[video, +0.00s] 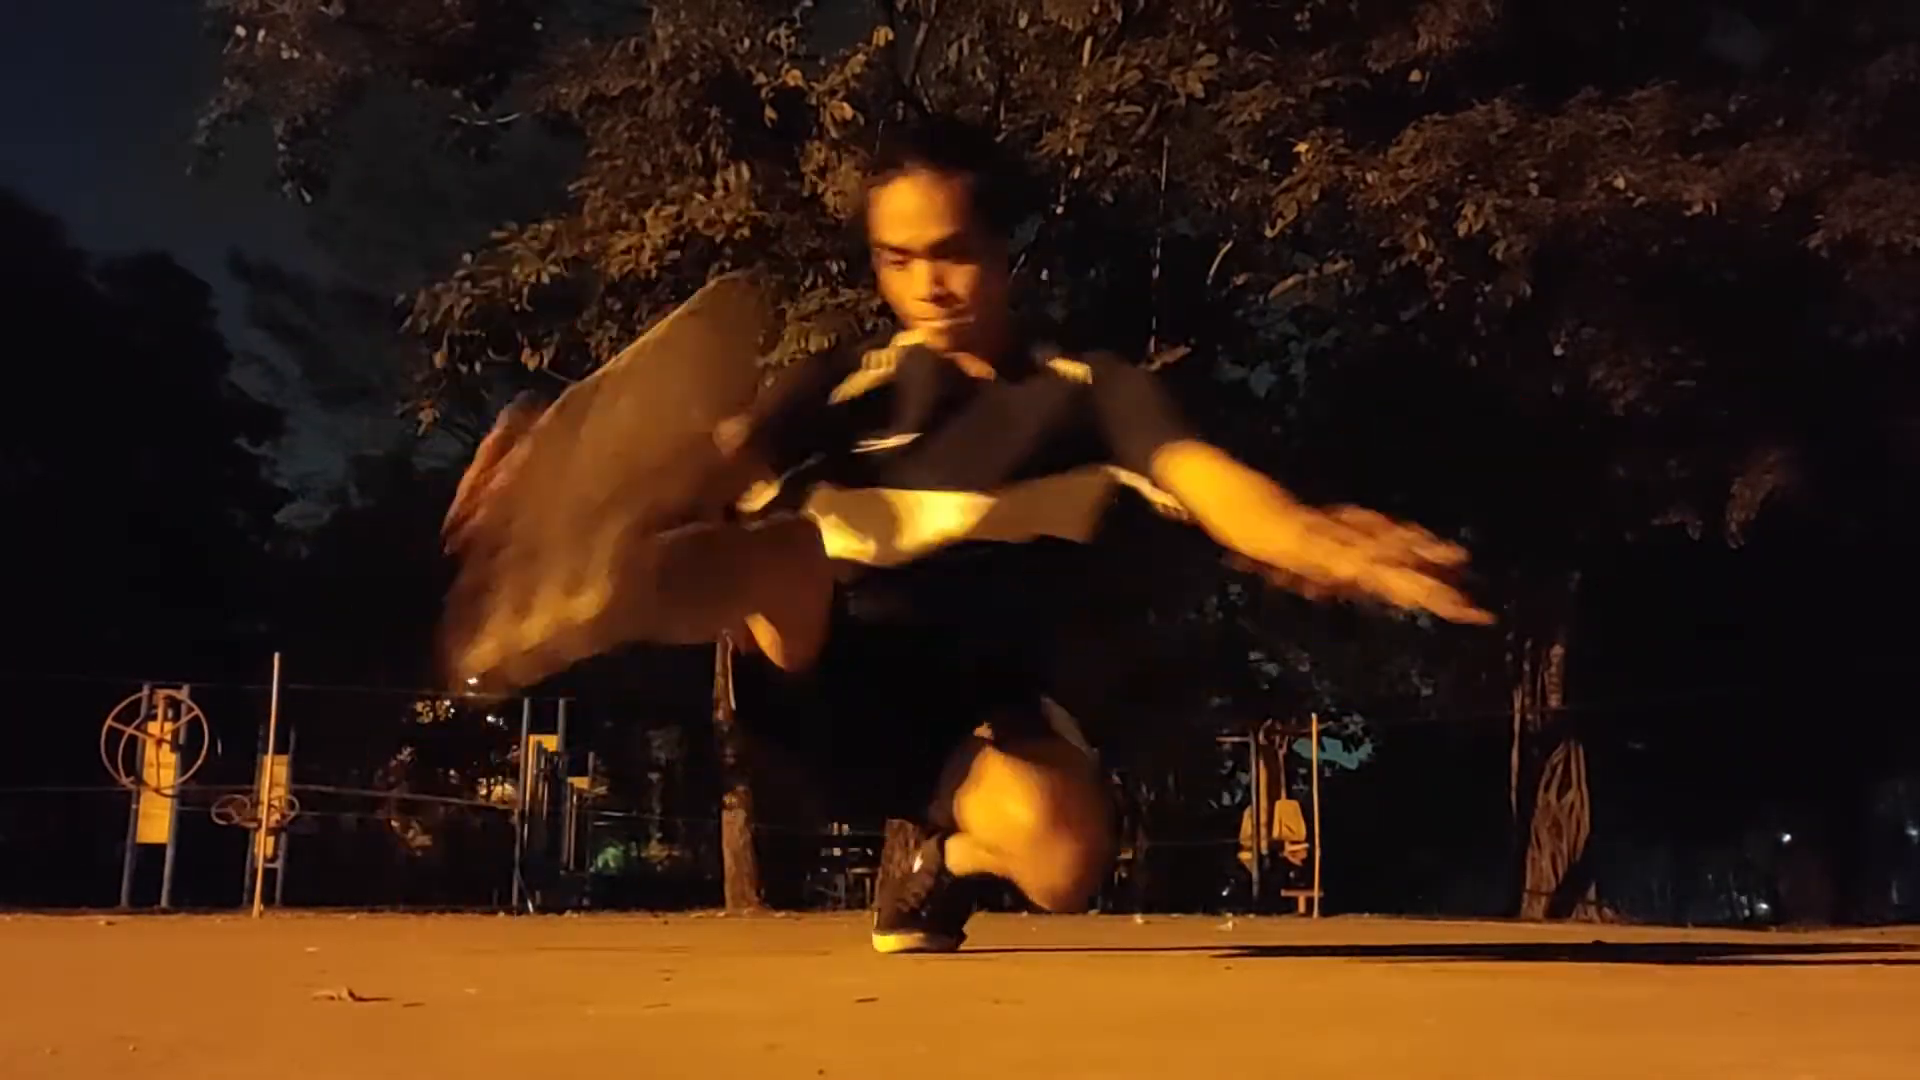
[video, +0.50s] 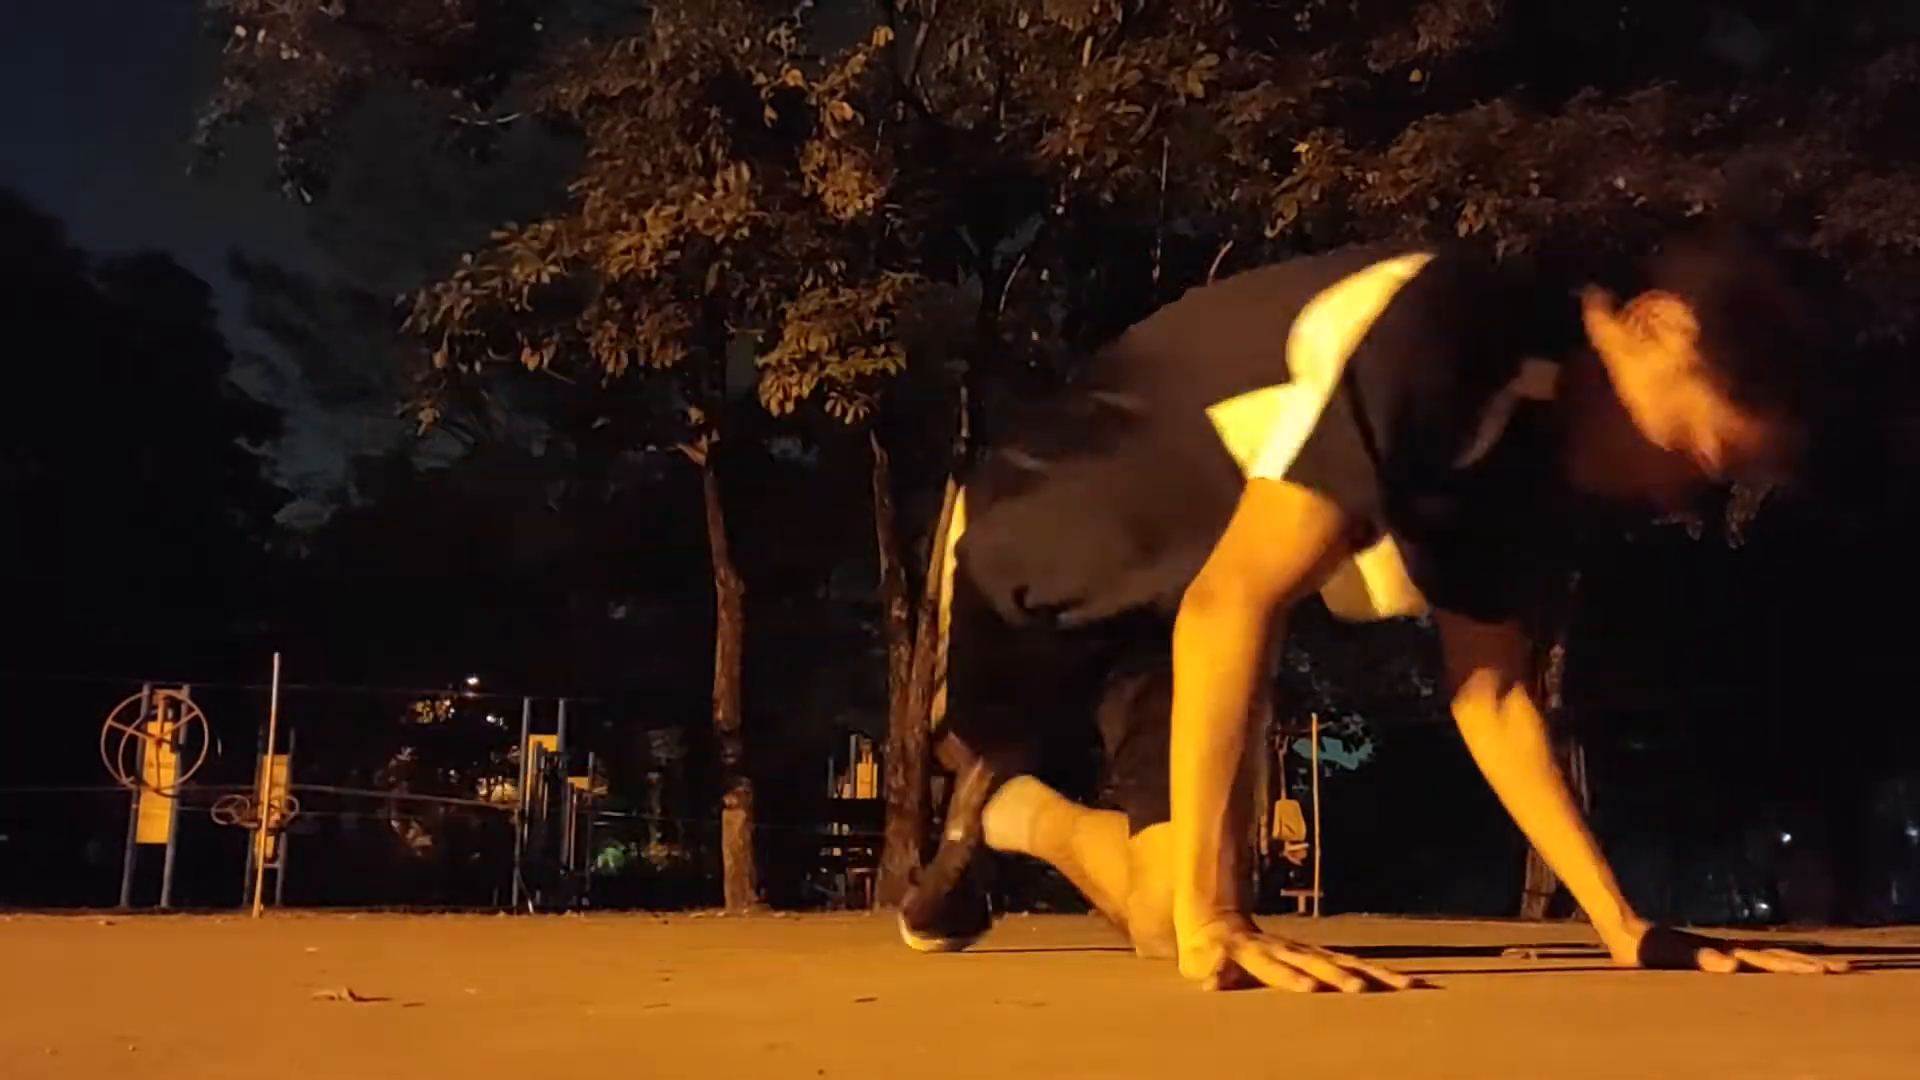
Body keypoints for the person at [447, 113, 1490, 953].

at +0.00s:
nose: (935, 282)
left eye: (959, 254)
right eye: (908, 259)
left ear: (1011, 255)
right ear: (876, 267)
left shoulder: (1091, 395)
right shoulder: (837, 395)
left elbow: (1210, 488)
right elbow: (691, 497)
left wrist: (1321, 545)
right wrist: (540, 513)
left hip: (977, 700)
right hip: (828, 684)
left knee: (1066, 858)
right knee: (778, 552)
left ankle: (929, 860)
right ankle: (579, 594)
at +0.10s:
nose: (1003, 290)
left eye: (1032, 251)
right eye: (980, 263)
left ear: (1118, 251)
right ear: (959, 277)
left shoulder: (1208, 431)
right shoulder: (930, 386)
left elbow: (1367, 578)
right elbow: (786, 401)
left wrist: (1541, 694)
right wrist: (738, 349)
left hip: (1076, 735)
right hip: (901, 690)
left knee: (1134, 905)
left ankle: (958, 878)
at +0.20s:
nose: (1136, 267)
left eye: (1174, 234)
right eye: (1114, 232)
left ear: (1252, 241)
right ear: (1085, 232)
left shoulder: (1303, 426)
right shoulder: (1042, 318)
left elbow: (1457, 623)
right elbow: (874, 380)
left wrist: (1647, 838)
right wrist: (911, 468)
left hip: (1089, 706)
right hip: (928, 630)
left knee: (1146, 910)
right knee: (722, 702)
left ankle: (974, 851)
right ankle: (521, 873)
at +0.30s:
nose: (1362, 284)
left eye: (1400, 257)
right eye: (1336, 243)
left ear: (1445, 260)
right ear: (1278, 215)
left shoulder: (1452, 405)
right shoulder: (1186, 284)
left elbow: (1509, 670)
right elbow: (1058, 483)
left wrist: (1621, 909)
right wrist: (1084, 701)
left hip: (1164, 645)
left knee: (1165, 912)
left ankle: (990, 833)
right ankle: (682, 848)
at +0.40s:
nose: (1589, 386)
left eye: (1623, 362)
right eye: (1581, 336)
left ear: (1645, 353)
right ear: (1501, 238)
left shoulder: (1523, 430)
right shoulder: (1324, 288)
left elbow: (1509, 676)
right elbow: (1215, 584)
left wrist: (1622, 924)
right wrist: (1223, 917)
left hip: (1186, 620)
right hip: (1023, 573)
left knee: (1174, 920)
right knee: (901, 851)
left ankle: (1011, 838)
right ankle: (931, 876)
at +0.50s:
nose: (1687, 492)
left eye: (1717, 476)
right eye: (1697, 446)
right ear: (1638, 328)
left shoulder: (1534, 450)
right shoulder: (1438, 337)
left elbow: (1491, 688)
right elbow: (1229, 601)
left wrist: (1617, 921)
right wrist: (1206, 922)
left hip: (1183, 592)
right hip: (1025, 546)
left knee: (1181, 924)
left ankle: (1009, 810)